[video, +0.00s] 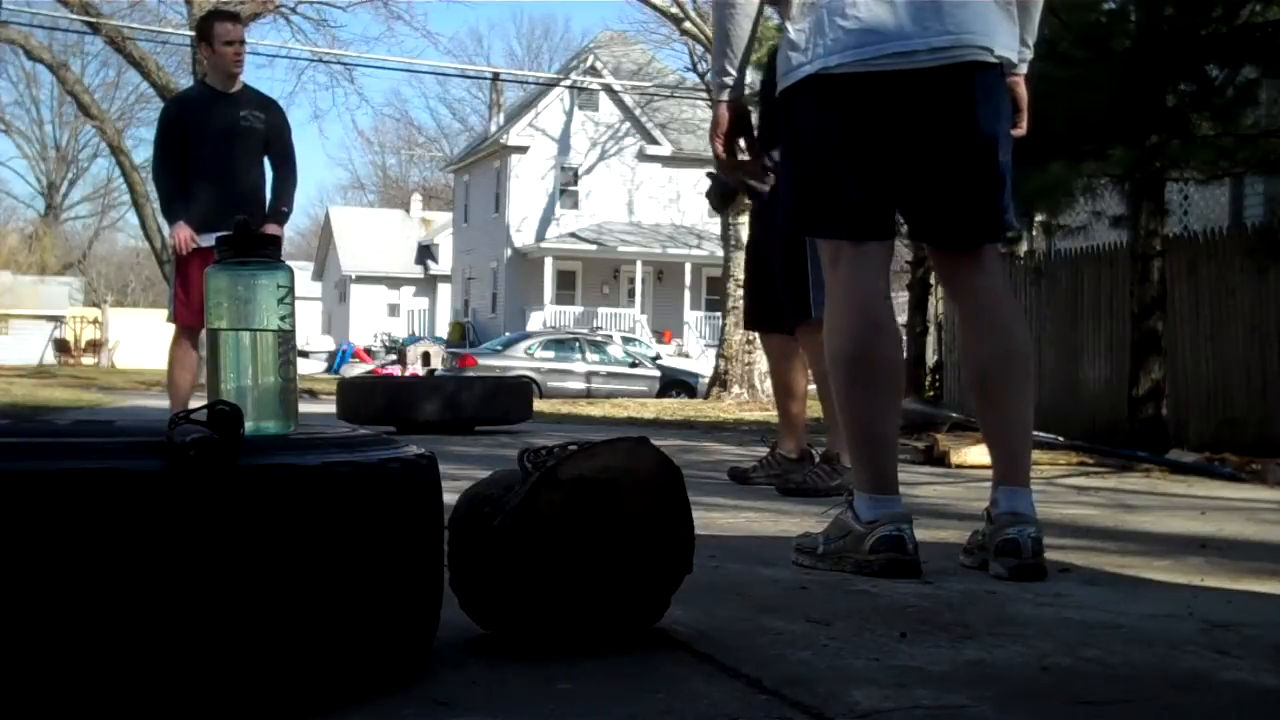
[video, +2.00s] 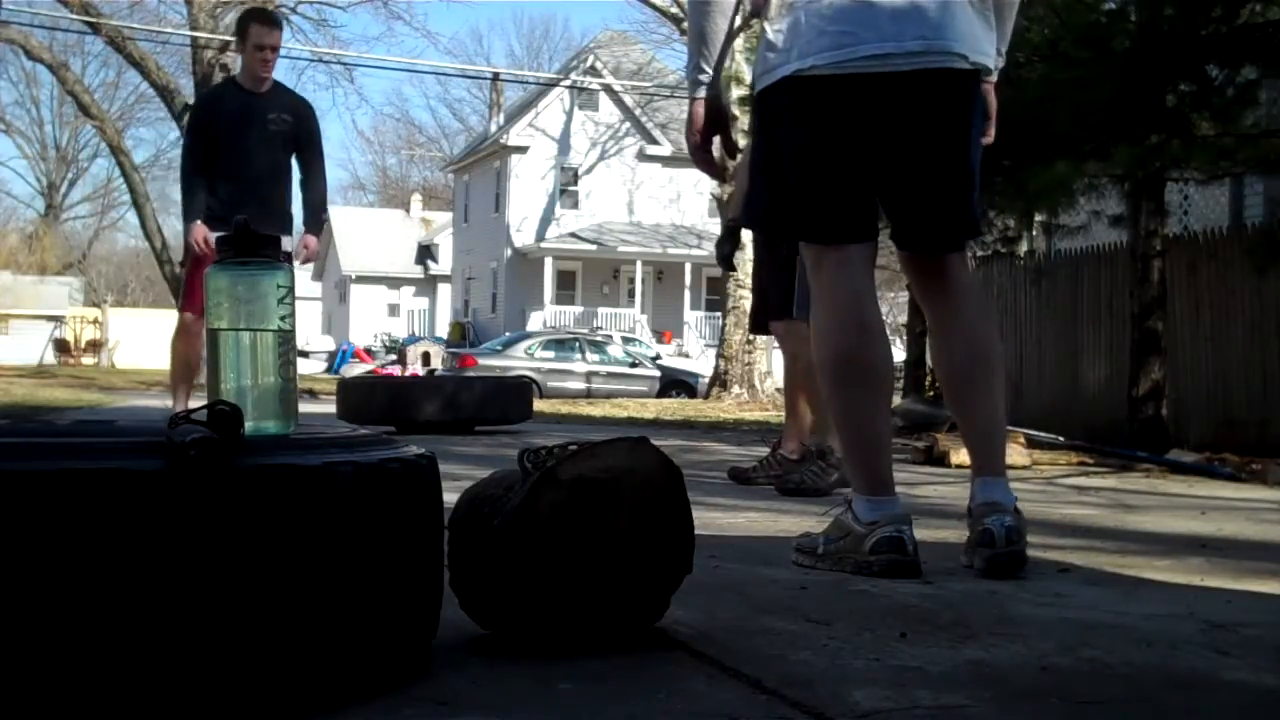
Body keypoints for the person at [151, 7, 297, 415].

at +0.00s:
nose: (239, 51)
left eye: (242, 44)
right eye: (229, 44)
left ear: (246, 47)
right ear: (205, 50)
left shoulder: (267, 109)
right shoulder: (179, 108)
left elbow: (285, 170)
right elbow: (163, 169)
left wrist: (276, 221)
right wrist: (176, 220)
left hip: (251, 239)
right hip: (196, 239)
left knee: (251, 334)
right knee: (189, 330)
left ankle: (249, 425)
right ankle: (178, 421)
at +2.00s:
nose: (268, 56)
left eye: (275, 48)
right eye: (260, 48)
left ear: (282, 49)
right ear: (240, 47)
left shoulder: (297, 108)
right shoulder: (210, 103)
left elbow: (313, 173)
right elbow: (192, 167)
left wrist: (313, 229)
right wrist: (194, 220)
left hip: (269, 235)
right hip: (214, 232)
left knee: (267, 329)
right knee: (192, 319)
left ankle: (266, 417)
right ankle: (180, 408)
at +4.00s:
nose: (223, 199)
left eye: (231, 191)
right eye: (214, 191)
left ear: (242, 192)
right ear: (201, 192)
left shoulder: (264, 231)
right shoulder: (180, 232)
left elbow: (295, 294)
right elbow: (144, 300)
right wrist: (180, 283)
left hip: (249, 306)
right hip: (196, 309)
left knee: (272, 339)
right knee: (165, 342)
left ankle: (260, 423)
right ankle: (173, 425)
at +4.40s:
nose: (226, 221)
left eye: (234, 212)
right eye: (218, 212)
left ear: (246, 212)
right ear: (204, 212)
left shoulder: (268, 247)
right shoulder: (181, 248)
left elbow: (294, 313)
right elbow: (147, 315)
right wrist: (185, 297)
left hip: (251, 323)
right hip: (199, 325)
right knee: (165, 343)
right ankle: (173, 425)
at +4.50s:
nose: (226, 218)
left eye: (234, 209)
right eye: (218, 209)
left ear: (246, 209)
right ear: (205, 209)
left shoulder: (268, 245)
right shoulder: (182, 246)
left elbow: (293, 309)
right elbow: (148, 314)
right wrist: (184, 286)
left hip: (251, 318)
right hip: (198, 320)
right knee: (168, 344)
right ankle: (173, 426)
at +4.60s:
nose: (227, 199)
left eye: (235, 191)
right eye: (219, 191)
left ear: (247, 193)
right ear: (207, 192)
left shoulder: (270, 231)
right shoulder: (184, 230)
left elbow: (295, 295)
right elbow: (148, 298)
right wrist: (181, 269)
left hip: (250, 303)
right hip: (194, 304)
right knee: (171, 343)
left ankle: (255, 423)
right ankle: (173, 425)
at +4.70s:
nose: (228, 161)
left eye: (236, 153)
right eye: (220, 153)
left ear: (249, 159)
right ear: (208, 158)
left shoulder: (269, 199)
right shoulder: (186, 198)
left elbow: (303, 255)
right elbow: (146, 258)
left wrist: (264, 211)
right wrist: (182, 214)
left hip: (250, 285)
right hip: (195, 286)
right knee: (173, 343)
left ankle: (255, 425)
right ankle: (174, 426)